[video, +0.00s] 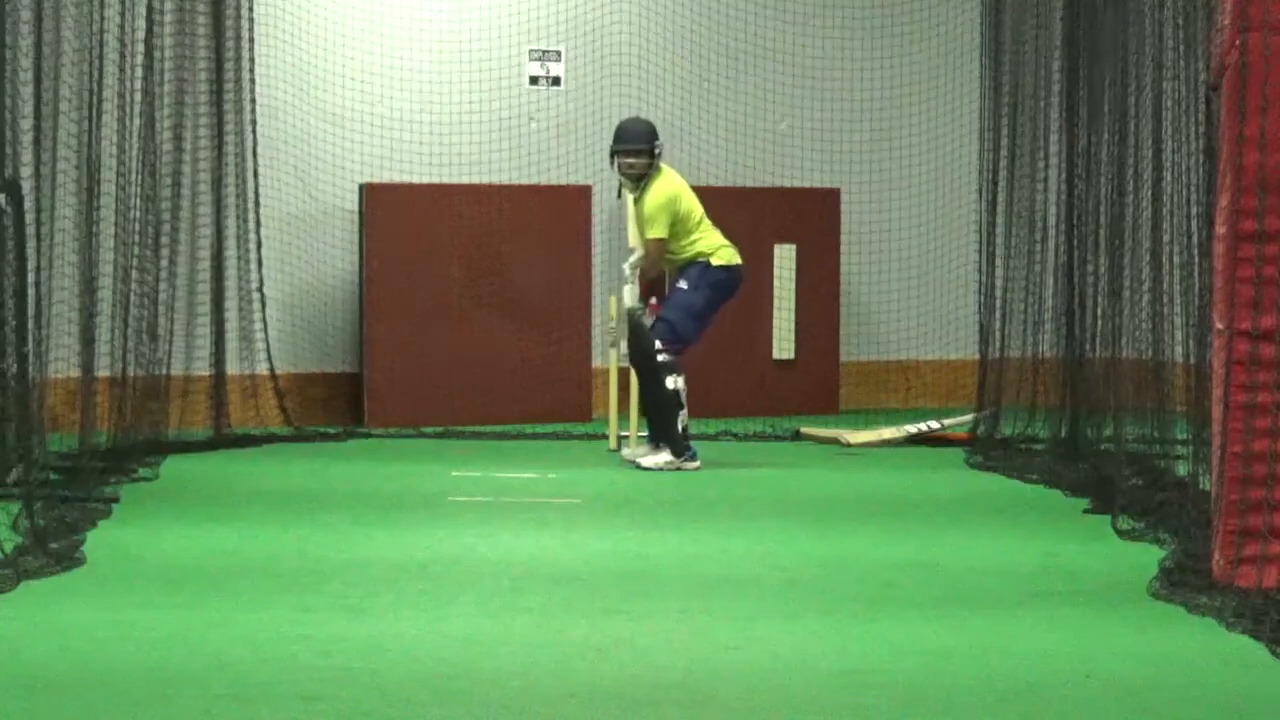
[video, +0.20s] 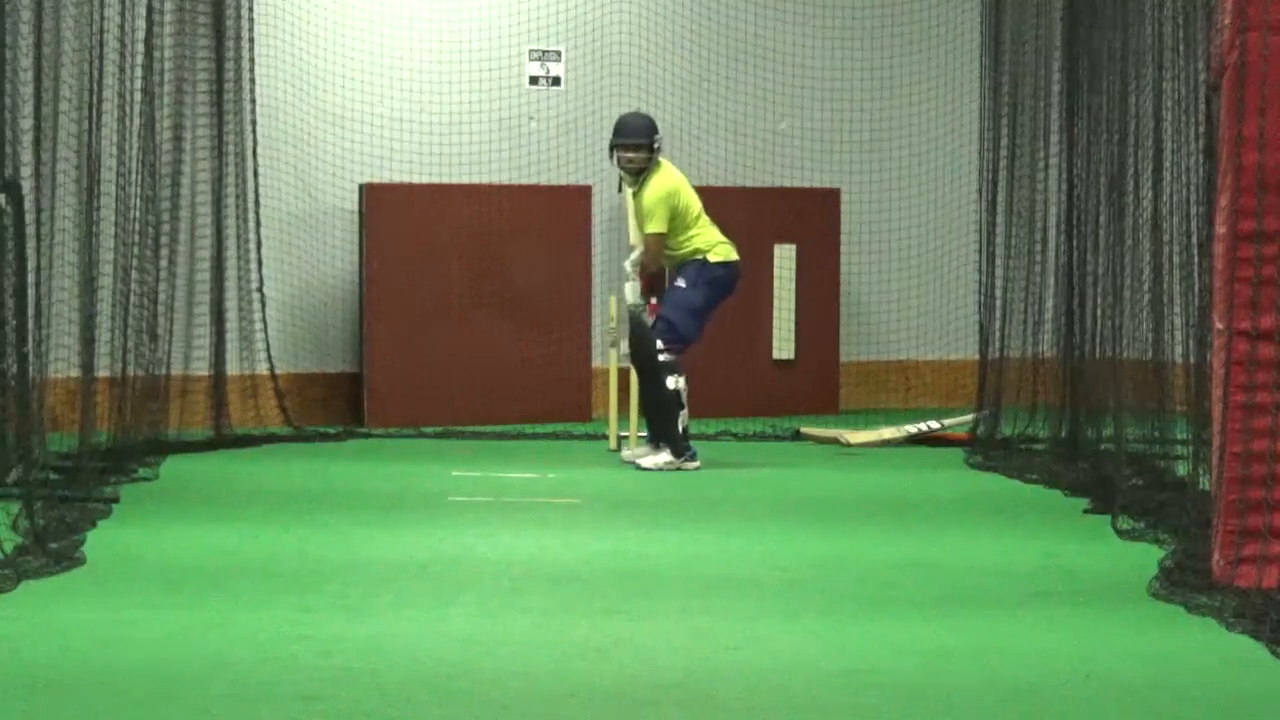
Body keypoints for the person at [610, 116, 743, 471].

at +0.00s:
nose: (631, 163)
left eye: (640, 155)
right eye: (624, 155)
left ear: (654, 156)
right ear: (614, 158)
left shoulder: (659, 193)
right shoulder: (637, 185)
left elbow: (654, 262)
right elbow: (644, 234)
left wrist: (637, 280)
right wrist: (641, 256)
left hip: (714, 264)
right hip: (692, 264)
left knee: (658, 346)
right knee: (648, 343)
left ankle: (677, 449)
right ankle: (661, 442)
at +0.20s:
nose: (631, 157)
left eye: (639, 149)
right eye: (623, 149)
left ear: (653, 151)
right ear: (614, 152)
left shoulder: (658, 187)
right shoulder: (635, 180)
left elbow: (653, 258)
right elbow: (644, 227)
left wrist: (637, 267)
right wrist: (641, 253)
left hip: (711, 262)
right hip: (689, 262)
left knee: (660, 347)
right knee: (651, 345)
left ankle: (677, 449)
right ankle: (660, 442)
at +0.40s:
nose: (628, 160)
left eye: (637, 152)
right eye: (621, 152)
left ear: (652, 153)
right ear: (612, 155)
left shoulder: (657, 191)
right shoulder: (635, 182)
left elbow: (652, 264)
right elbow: (645, 235)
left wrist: (646, 278)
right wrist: (642, 265)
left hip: (709, 264)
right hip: (687, 264)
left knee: (654, 347)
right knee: (643, 345)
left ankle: (678, 450)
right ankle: (659, 443)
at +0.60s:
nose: (627, 157)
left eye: (635, 149)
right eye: (620, 149)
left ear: (650, 151)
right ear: (610, 153)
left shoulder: (656, 189)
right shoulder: (631, 181)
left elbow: (651, 263)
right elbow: (639, 226)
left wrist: (650, 286)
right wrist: (638, 255)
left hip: (709, 263)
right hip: (687, 263)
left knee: (657, 346)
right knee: (645, 344)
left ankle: (679, 450)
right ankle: (659, 444)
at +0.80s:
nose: (625, 156)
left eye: (634, 148)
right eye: (618, 149)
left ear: (648, 150)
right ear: (609, 152)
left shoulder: (654, 187)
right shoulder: (636, 179)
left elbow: (649, 260)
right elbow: (644, 225)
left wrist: (647, 282)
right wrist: (640, 250)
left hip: (708, 262)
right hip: (688, 261)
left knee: (657, 347)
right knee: (648, 346)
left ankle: (678, 449)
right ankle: (660, 443)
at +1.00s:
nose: (625, 159)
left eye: (633, 151)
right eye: (617, 151)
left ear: (646, 152)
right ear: (606, 154)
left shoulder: (652, 189)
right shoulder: (634, 183)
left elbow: (649, 262)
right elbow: (642, 233)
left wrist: (643, 275)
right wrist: (638, 259)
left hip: (707, 263)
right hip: (685, 263)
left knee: (654, 347)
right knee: (645, 346)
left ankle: (678, 449)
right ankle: (659, 442)